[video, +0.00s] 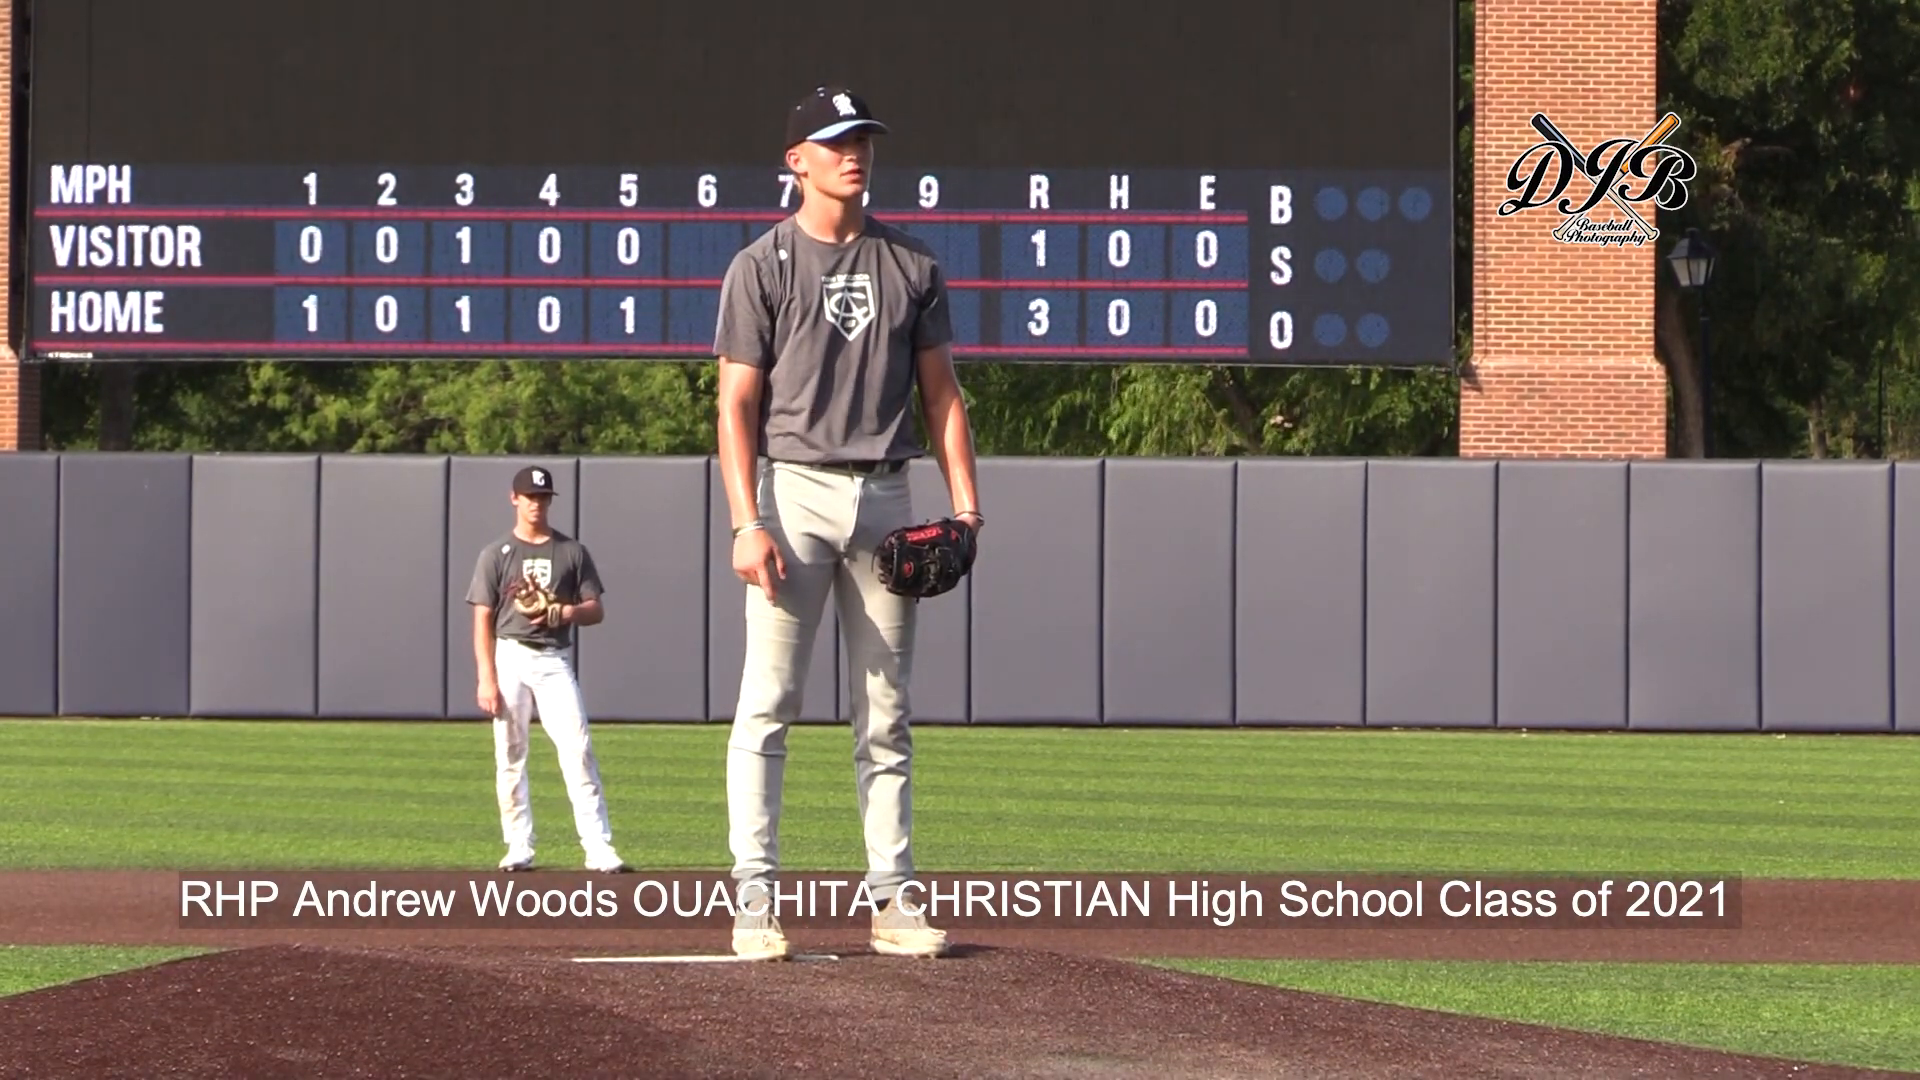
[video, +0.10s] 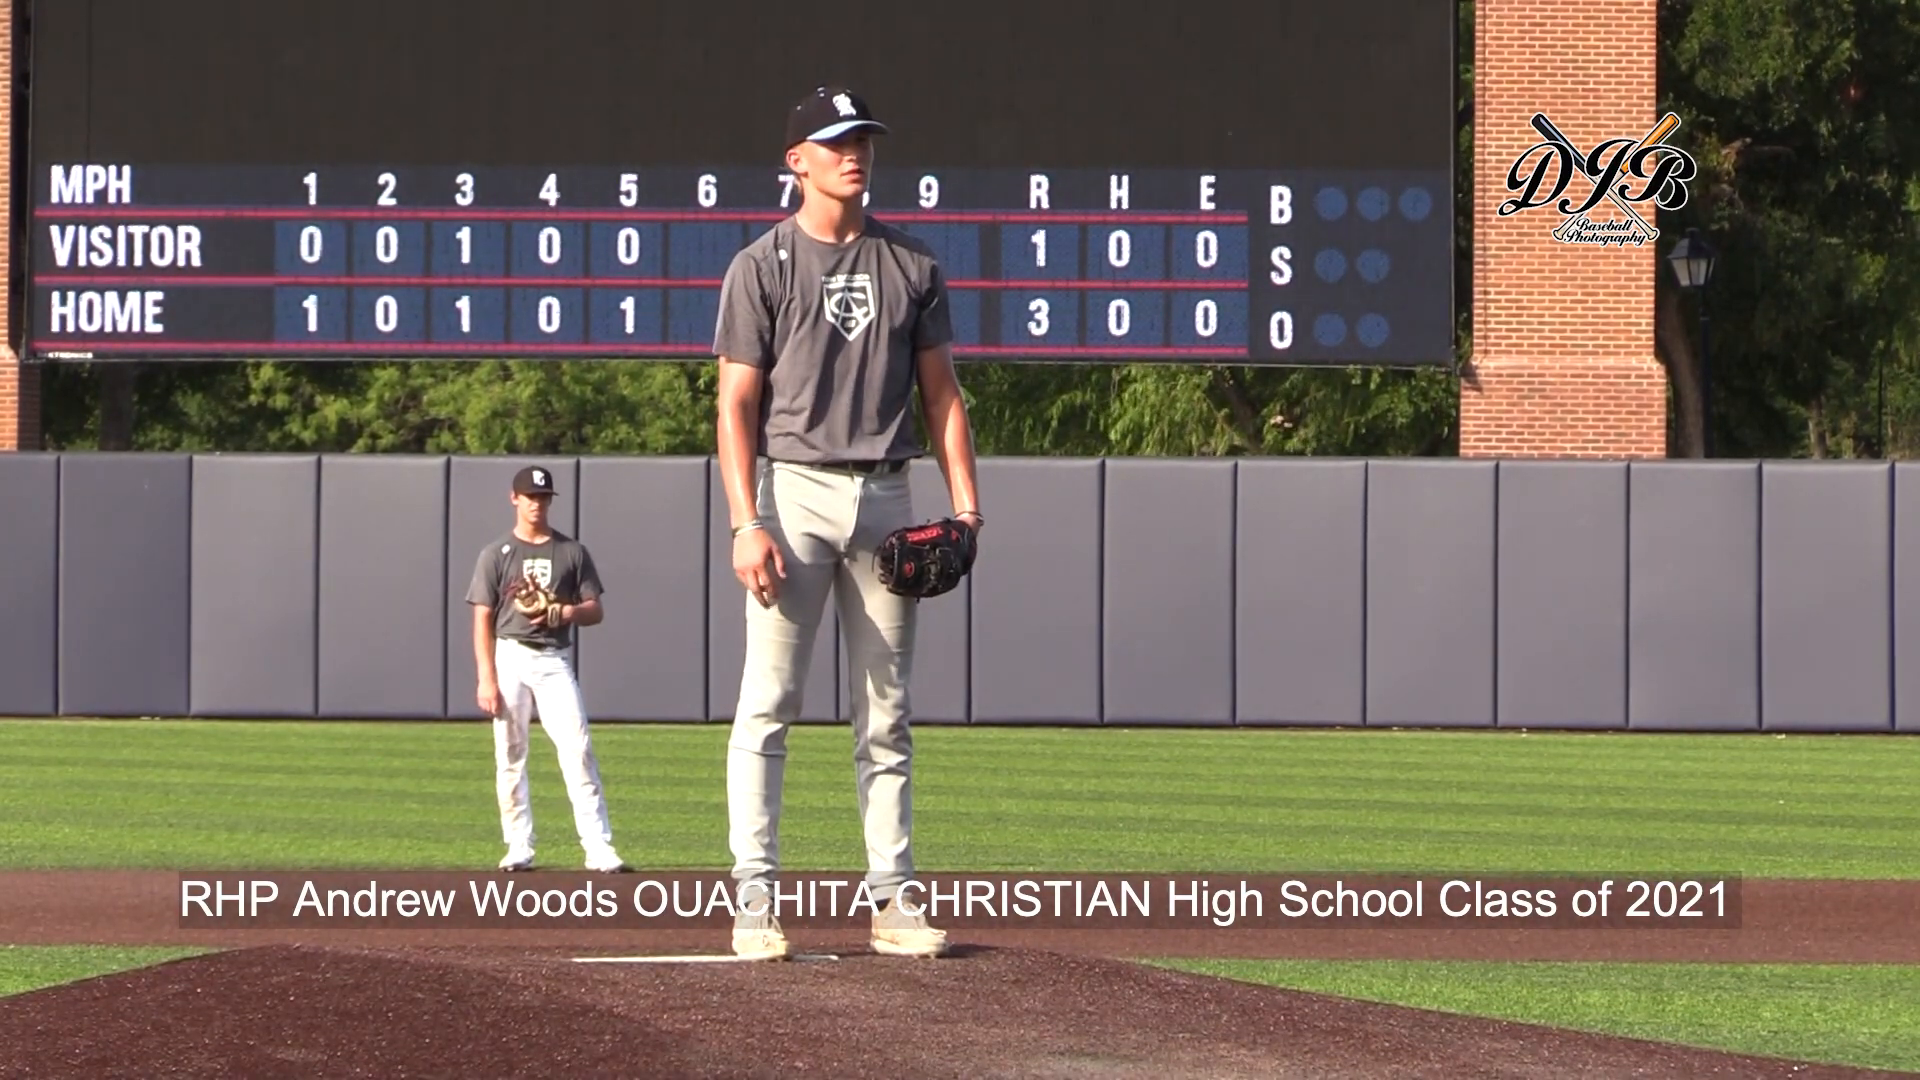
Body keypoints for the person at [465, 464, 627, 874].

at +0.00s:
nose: (537, 504)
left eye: (543, 497)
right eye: (529, 497)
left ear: (551, 500)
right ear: (515, 499)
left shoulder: (573, 551)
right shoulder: (495, 555)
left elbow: (595, 610)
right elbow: (482, 622)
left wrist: (564, 612)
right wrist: (486, 679)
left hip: (555, 660)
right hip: (508, 657)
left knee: (579, 749)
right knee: (510, 756)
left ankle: (600, 852)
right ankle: (519, 850)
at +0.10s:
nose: (537, 504)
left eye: (543, 497)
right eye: (530, 497)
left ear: (551, 500)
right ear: (515, 499)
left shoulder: (573, 552)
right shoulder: (495, 555)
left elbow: (594, 610)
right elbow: (482, 621)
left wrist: (563, 612)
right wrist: (487, 679)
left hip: (555, 660)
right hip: (508, 657)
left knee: (578, 749)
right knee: (510, 756)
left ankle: (600, 851)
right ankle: (519, 850)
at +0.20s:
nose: (537, 504)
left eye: (543, 497)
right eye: (529, 497)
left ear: (551, 500)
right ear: (515, 499)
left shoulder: (573, 552)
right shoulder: (495, 555)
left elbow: (594, 610)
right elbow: (482, 621)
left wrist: (563, 611)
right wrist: (486, 679)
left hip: (554, 659)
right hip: (507, 657)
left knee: (578, 749)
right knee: (510, 756)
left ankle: (600, 852)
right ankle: (519, 850)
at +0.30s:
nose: (536, 504)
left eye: (542, 497)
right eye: (529, 496)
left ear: (550, 500)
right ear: (514, 499)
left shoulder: (572, 552)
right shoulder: (494, 554)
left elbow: (593, 611)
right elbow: (481, 620)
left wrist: (561, 611)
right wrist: (486, 679)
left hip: (554, 659)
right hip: (507, 657)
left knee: (578, 749)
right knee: (509, 756)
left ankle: (600, 851)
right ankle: (519, 850)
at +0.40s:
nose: (536, 504)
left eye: (542, 497)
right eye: (529, 496)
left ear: (550, 500)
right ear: (513, 499)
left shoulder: (571, 552)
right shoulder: (493, 555)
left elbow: (593, 611)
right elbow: (481, 621)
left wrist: (560, 611)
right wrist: (485, 679)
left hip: (553, 659)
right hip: (506, 657)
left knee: (578, 749)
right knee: (509, 756)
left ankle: (600, 851)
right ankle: (519, 850)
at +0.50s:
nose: (535, 504)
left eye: (541, 497)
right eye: (528, 497)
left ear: (549, 500)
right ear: (513, 499)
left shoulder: (571, 552)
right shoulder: (493, 555)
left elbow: (592, 611)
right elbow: (480, 621)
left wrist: (560, 612)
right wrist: (485, 679)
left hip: (553, 659)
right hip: (506, 657)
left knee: (577, 749)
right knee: (509, 756)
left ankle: (600, 851)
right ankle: (518, 850)